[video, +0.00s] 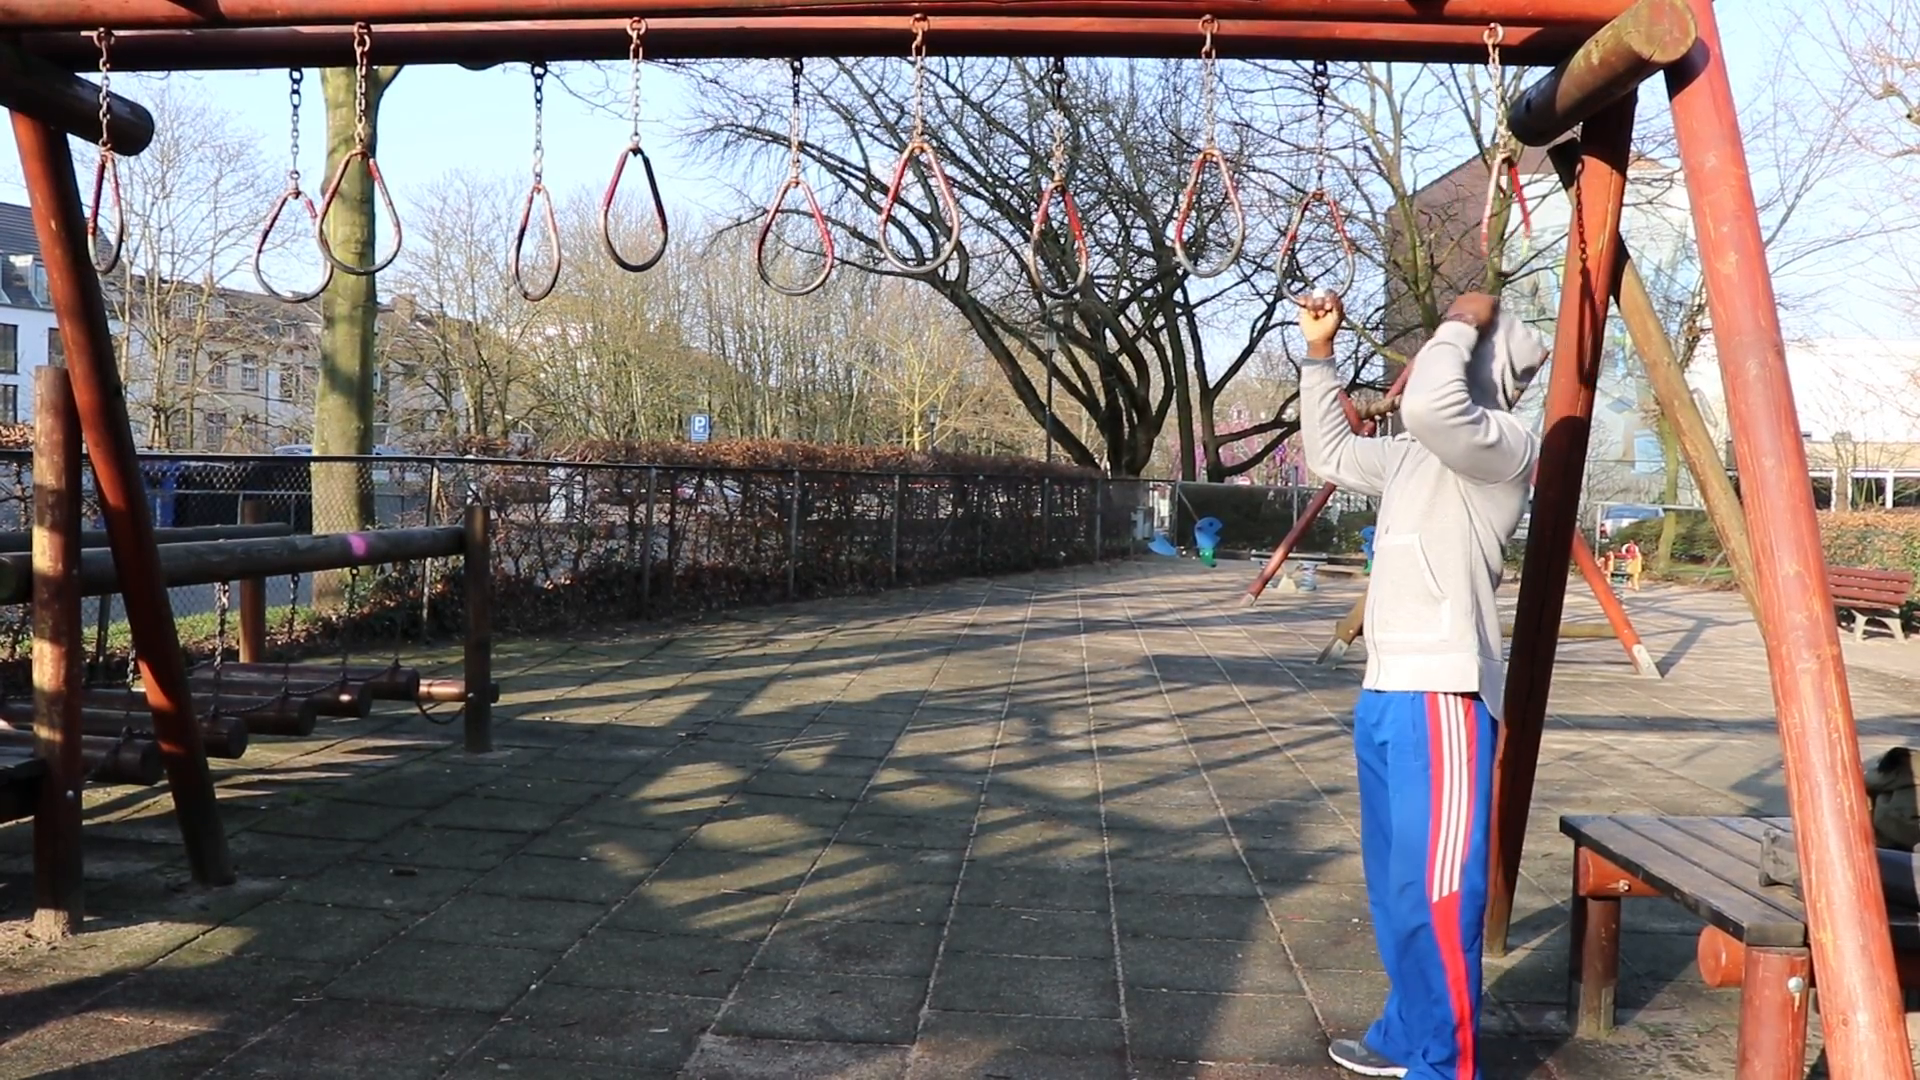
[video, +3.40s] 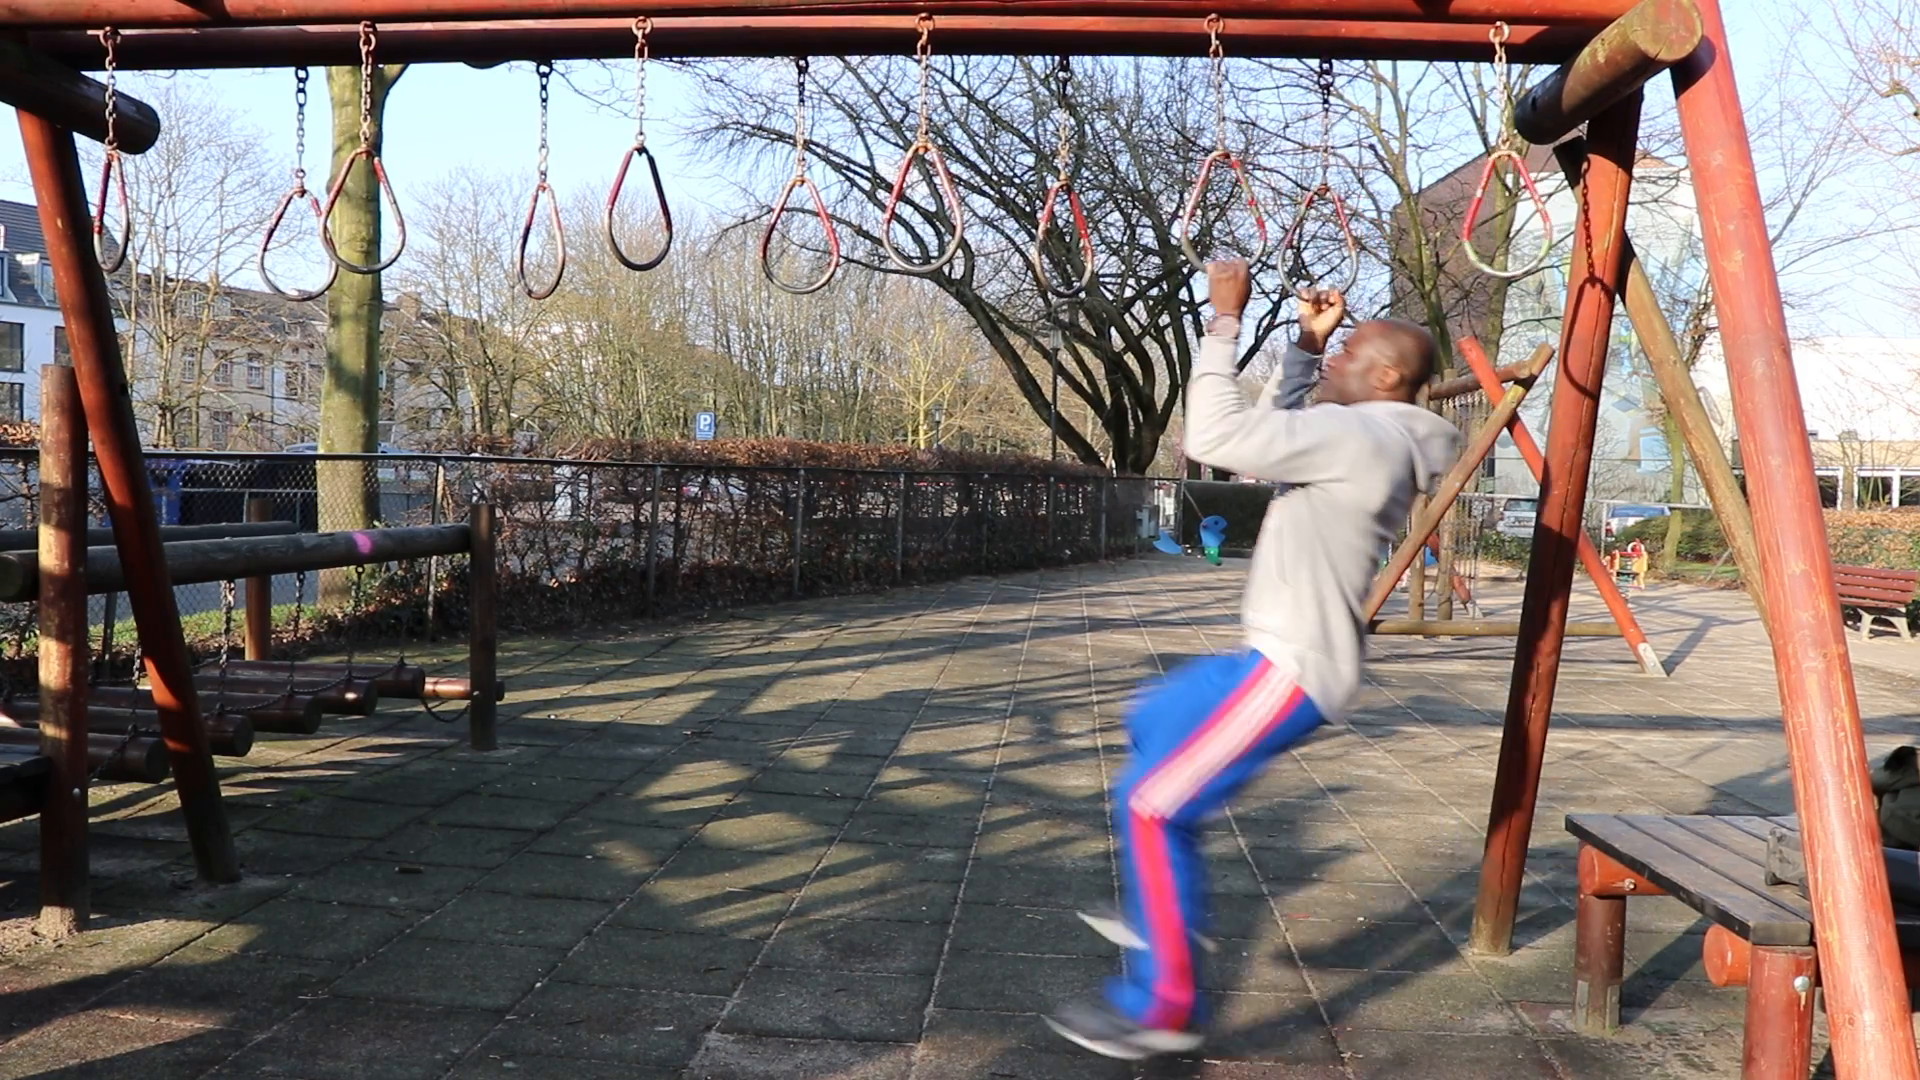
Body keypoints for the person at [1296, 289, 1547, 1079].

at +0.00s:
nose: (1414, 366)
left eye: (1438, 352)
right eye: (1420, 353)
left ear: (1482, 367)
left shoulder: (1508, 442)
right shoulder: (1411, 449)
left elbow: (1432, 408)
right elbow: (1330, 451)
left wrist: (1461, 326)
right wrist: (1319, 351)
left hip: (1446, 694)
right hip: (1390, 691)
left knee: (1440, 889)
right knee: (1396, 884)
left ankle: (1447, 1060)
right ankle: (1407, 1035)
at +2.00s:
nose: (1489, 353)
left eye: (1511, 350)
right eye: (1493, 346)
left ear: (1540, 392)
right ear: (1495, 376)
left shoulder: (1534, 448)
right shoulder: (1433, 446)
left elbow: (1445, 406)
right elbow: (1341, 445)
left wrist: (1463, 306)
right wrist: (1350, 346)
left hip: (1452, 694)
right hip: (1391, 689)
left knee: (1442, 888)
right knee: (1395, 883)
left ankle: (1447, 1060)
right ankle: (1411, 1034)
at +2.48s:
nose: (1462, 356)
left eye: (1484, 348)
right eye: (1467, 345)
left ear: (1523, 378)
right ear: (1492, 372)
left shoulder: (1512, 439)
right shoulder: (1457, 429)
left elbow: (1396, 447)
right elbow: (1348, 453)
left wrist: (1410, 325)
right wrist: (1362, 343)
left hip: (1462, 688)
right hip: (1408, 683)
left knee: (1441, 886)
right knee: (1401, 877)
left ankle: (1448, 1059)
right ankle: (1412, 1034)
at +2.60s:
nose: (1453, 347)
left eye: (1475, 342)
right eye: (1458, 337)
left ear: (1513, 376)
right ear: (1462, 368)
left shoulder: (1498, 437)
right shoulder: (1447, 430)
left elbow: (1379, 430)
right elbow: (1341, 455)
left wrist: (1312, 327)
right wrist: (1362, 344)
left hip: (1460, 691)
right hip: (1410, 684)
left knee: (1441, 882)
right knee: (1399, 871)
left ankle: (1450, 1059)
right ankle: (1410, 1034)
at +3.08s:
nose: (1402, 359)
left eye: (1421, 349)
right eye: (1409, 347)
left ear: (1466, 376)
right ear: (1460, 376)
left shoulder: (1454, 436)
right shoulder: (1427, 432)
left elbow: (1317, 427)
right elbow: (1323, 442)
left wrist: (1294, 309)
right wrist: (1343, 343)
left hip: (1407, 674)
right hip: (1367, 666)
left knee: (1356, 868)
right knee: (1316, 836)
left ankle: (1411, 1053)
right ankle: (1386, 1010)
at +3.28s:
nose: (1360, 369)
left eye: (1380, 358)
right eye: (1370, 357)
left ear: (1420, 383)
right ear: (1419, 383)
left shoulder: (1400, 444)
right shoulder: (1395, 437)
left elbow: (1254, 436)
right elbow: (1291, 439)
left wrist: (1248, 318)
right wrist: (1322, 344)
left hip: (1340, 676)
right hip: (1314, 663)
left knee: (1236, 850)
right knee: (1217, 802)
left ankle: (1280, 1043)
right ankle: (1290, 992)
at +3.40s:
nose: (1328, 360)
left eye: (1348, 352)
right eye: (1335, 347)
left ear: (1388, 377)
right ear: (1386, 377)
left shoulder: (1366, 439)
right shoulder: (1369, 434)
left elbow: (1215, 435)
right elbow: (1273, 430)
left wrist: (1223, 317)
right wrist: (1306, 343)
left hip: (1298, 667)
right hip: (1280, 650)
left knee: (1148, 804)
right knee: (1152, 719)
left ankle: (1165, 1010)